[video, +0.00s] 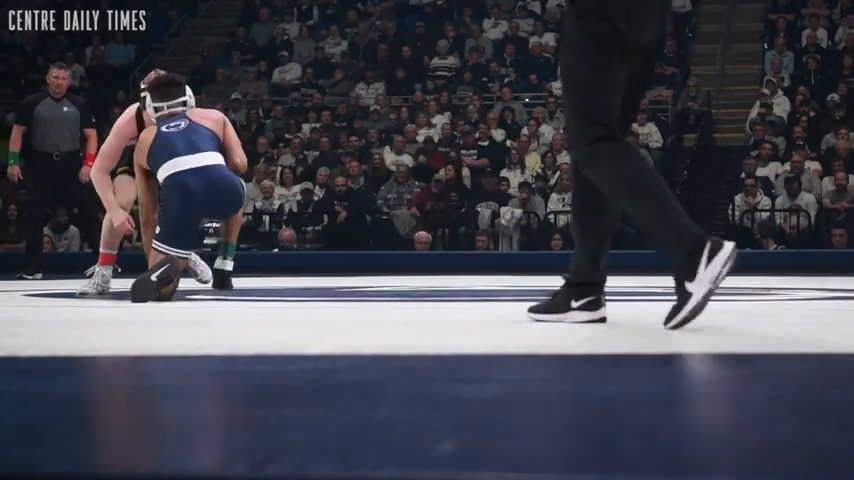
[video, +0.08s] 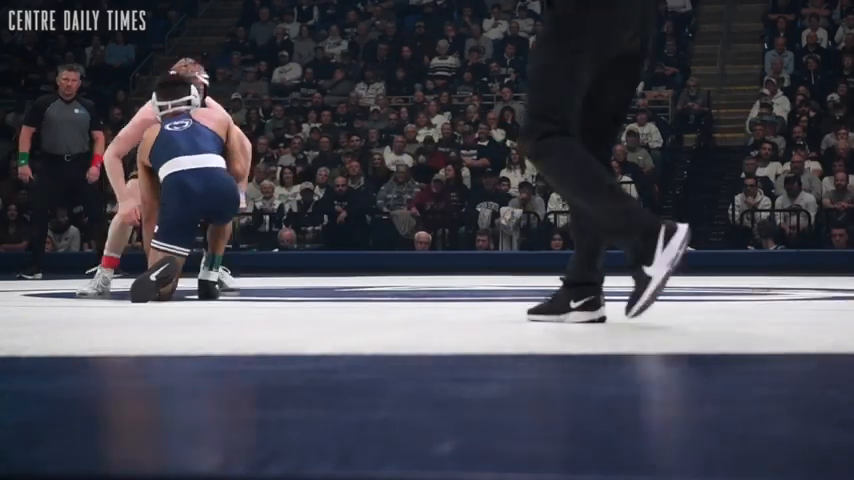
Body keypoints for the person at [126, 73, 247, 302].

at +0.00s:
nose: (143, 112)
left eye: (144, 107)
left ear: (150, 110)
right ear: (188, 101)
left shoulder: (144, 142)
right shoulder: (215, 117)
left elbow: (148, 215)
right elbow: (240, 164)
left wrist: (153, 265)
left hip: (179, 201)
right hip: (223, 192)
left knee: (161, 281)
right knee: (237, 198)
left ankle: (159, 278)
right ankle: (224, 269)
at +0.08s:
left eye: (157, 104)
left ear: (158, 106)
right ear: (195, 99)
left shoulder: (148, 139)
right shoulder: (219, 118)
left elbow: (149, 212)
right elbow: (239, 170)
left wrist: (152, 261)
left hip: (178, 197)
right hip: (221, 191)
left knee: (164, 287)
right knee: (221, 215)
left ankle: (157, 277)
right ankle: (210, 274)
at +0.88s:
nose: (257, 49)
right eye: (259, 45)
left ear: (227, 35)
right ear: (254, 39)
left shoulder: (195, 51)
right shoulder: (248, 46)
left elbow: (142, 77)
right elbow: (247, 62)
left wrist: (159, 110)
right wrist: (231, 118)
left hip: (148, 113)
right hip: (183, 112)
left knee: (150, 204)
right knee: (237, 191)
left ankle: (124, 277)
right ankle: (247, 273)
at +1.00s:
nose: (288, 50)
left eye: (288, 46)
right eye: (289, 44)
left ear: (259, 32)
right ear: (286, 37)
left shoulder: (235, 47)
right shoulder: (273, 49)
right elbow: (258, 82)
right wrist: (247, 137)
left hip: (171, 113)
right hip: (201, 114)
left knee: (162, 204)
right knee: (252, 196)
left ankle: (127, 276)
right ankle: (260, 279)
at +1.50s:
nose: (387, 19)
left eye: (386, 13)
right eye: (383, 13)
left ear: (356, 15)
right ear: (370, 14)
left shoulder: (339, 35)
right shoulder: (359, 37)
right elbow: (336, 83)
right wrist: (328, 138)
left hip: (290, 118)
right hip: (290, 119)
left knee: (332, 195)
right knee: (309, 207)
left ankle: (345, 271)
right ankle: (267, 276)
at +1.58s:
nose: (407, 27)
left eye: (405, 21)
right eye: (403, 21)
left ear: (376, 21)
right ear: (391, 22)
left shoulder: (361, 41)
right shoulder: (376, 44)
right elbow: (346, 72)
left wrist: (337, 125)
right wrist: (344, 124)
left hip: (306, 122)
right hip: (306, 122)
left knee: (351, 203)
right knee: (335, 209)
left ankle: (378, 274)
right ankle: (278, 267)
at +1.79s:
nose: (449, 75)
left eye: (450, 68)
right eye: (446, 67)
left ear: (422, 64)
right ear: (430, 65)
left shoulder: (398, 79)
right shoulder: (408, 79)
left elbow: (381, 152)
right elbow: (391, 127)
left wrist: (401, 177)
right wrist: (411, 170)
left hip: (324, 133)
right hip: (325, 132)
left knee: (381, 198)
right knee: (388, 191)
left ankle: (385, 275)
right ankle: (350, 263)